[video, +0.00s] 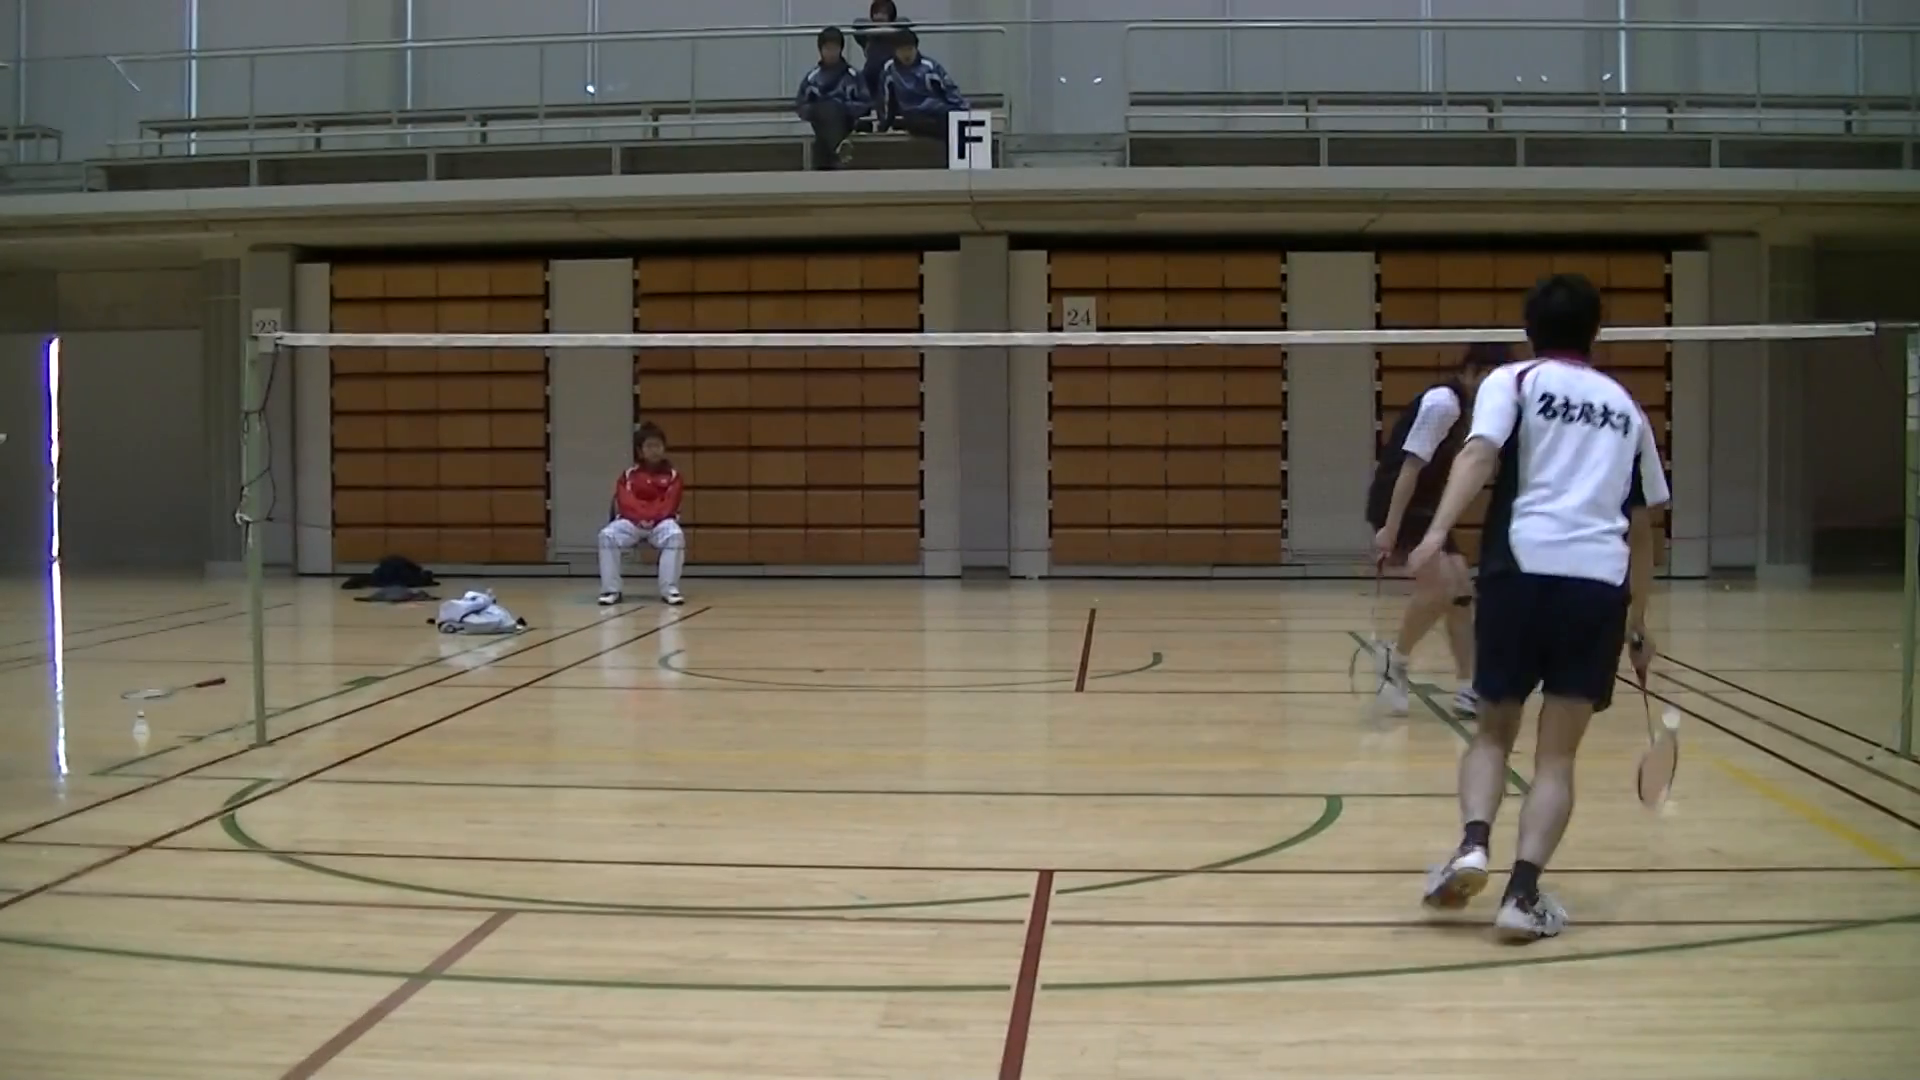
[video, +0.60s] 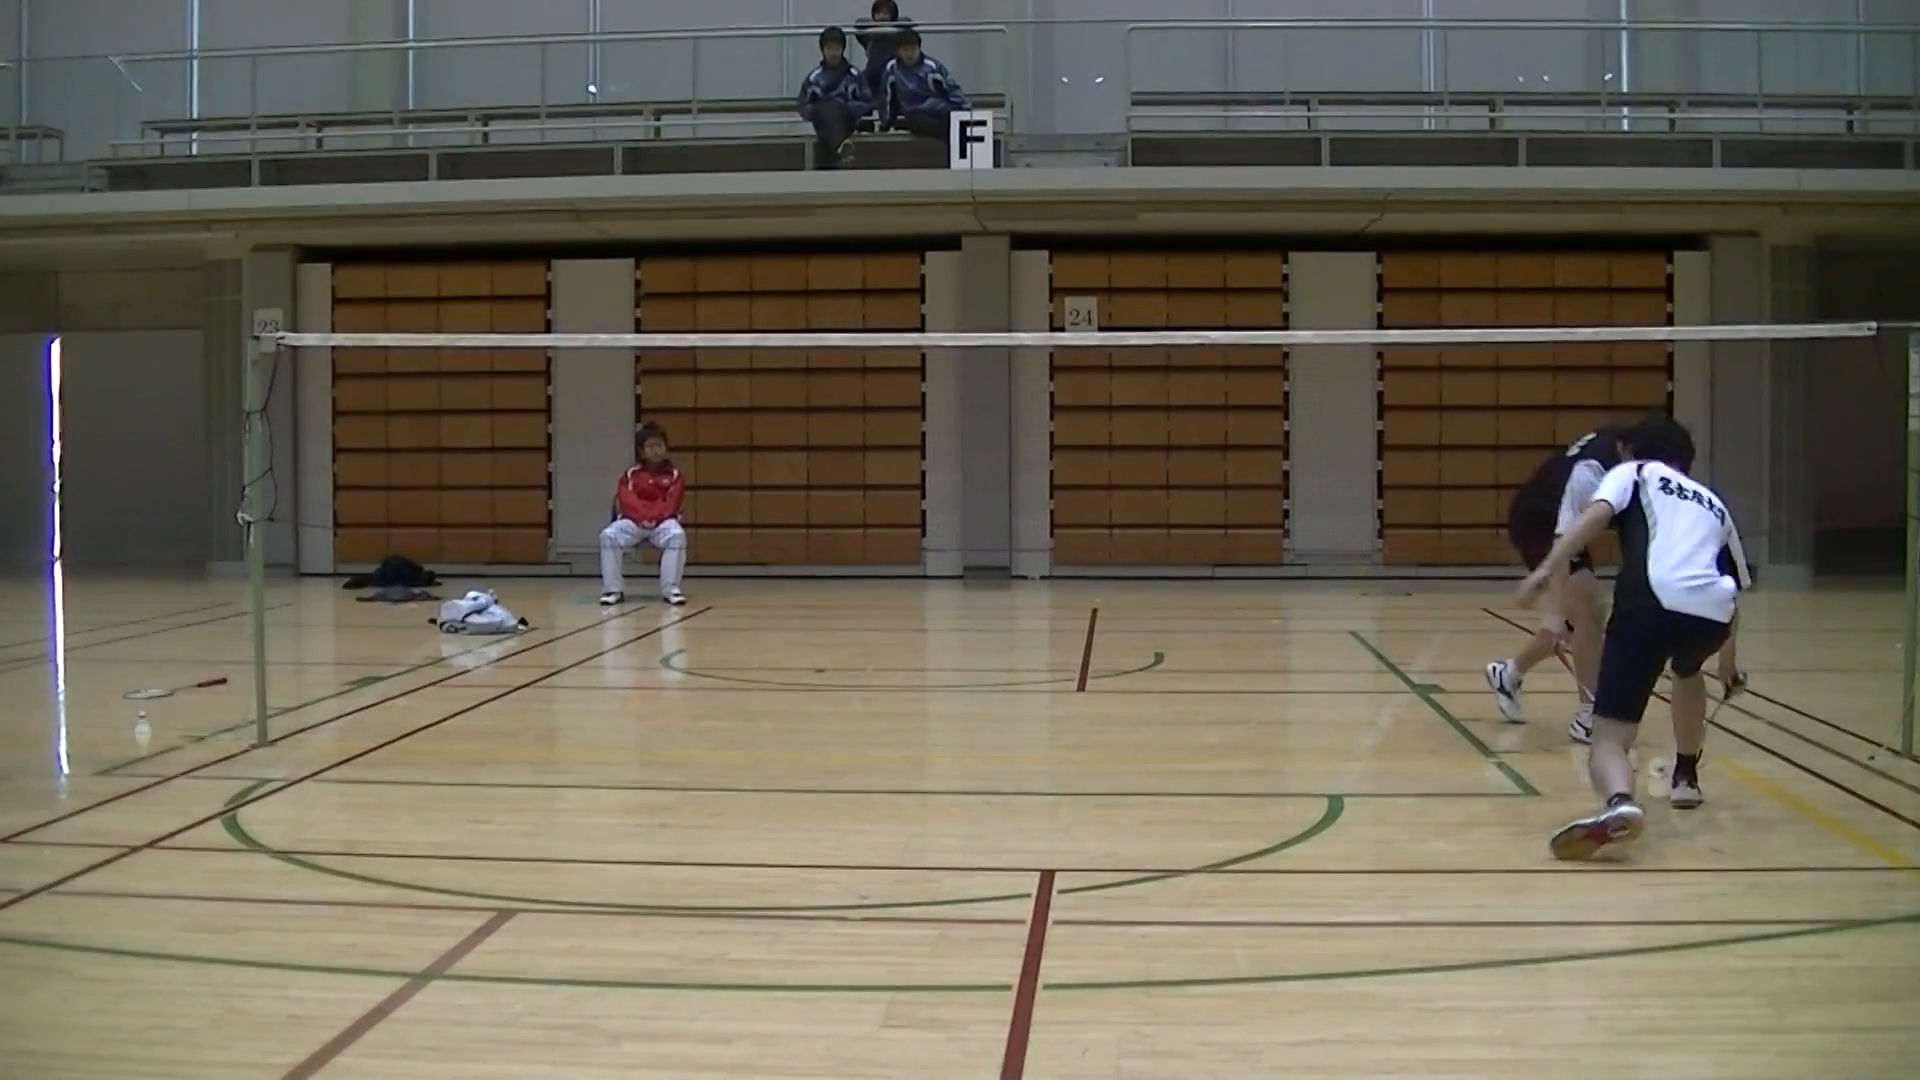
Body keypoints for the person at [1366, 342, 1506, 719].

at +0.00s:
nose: (1495, 387)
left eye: (1499, 380)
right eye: (1492, 377)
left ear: (1491, 377)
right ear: (1473, 371)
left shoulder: (1474, 410)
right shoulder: (1443, 402)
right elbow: (1410, 467)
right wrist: (1391, 527)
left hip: (1428, 508)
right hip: (1399, 509)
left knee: (1461, 589)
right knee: (1439, 584)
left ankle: (1471, 685)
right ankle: (1395, 661)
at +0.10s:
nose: (1516, 386)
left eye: (1520, 380)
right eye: (1511, 376)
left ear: (1519, 386)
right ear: (1494, 374)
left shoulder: (1514, 419)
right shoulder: (1464, 408)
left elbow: (1500, 485)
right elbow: (1430, 473)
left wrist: (1500, 534)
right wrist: (1410, 535)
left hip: (1476, 523)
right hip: (1441, 522)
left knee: (1489, 598)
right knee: (1489, 588)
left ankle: (1481, 689)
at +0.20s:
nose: (1546, 388)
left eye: (1550, 381)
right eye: (1541, 378)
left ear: (1551, 384)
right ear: (1524, 374)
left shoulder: (1546, 418)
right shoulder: (1488, 409)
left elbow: (1527, 484)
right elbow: (1458, 478)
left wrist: (1527, 530)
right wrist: (1446, 542)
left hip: (1509, 525)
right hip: (1473, 524)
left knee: (1516, 604)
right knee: (1514, 592)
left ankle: (1483, 687)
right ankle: (1517, 693)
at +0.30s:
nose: (1566, 402)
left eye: (1573, 393)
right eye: (1562, 391)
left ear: (1576, 393)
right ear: (1547, 386)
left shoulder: (1578, 426)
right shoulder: (1517, 414)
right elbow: (1491, 487)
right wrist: (1486, 552)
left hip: (1543, 536)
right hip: (1504, 537)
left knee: (1536, 615)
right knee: (1535, 605)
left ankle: (1494, 681)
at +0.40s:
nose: (1616, 422)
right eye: (1611, 411)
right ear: (1591, 405)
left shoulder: (1599, 447)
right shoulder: (1551, 441)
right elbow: (1524, 511)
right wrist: (1519, 583)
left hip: (1551, 533)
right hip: (1519, 535)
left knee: (1575, 619)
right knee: (1579, 610)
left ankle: (1505, 676)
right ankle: (1592, 715)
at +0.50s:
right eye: (1639, 435)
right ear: (1622, 425)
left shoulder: (1624, 448)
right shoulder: (1578, 446)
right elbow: (1546, 524)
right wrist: (1542, 599)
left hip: (1560, 536)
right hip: (1530, 531)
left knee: (1585, 620)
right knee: (1589, 609)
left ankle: (1511, 673)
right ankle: (1598, 720)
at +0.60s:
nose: (1646, 470)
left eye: (1651, 466)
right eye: (1645, 463)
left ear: (1629, 446)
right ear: (1625, 450)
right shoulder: (1589, 470)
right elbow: (1562, 546)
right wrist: (1554, 616)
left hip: (1568, 527)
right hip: (1538, 526)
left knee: (1576, 615)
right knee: (1590, 612)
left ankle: (1510, 673)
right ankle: (1590, 712)